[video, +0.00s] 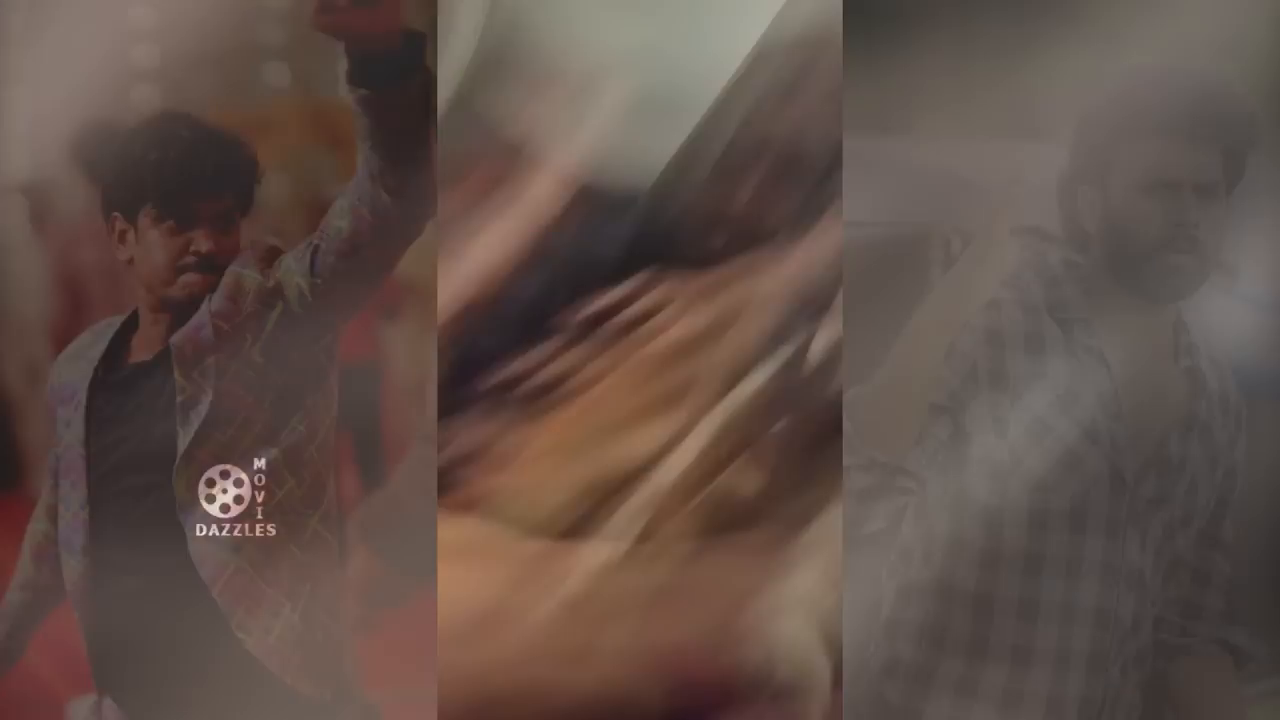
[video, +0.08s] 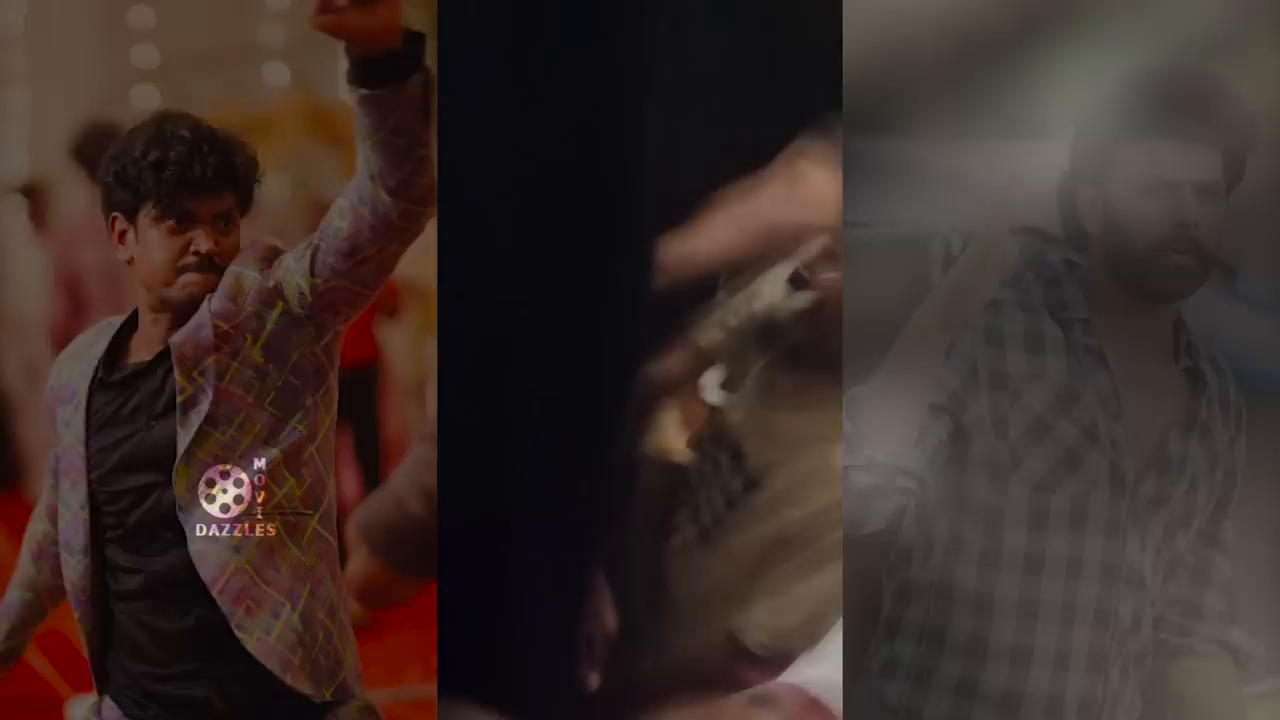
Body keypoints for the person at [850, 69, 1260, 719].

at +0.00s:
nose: (1188, 220)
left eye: (1206, 195)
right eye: (1160, 190)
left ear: (1228, 206)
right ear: (1086, 195)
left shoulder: (1212, 388)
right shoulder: (991, 315)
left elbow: (1193, 628)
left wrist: (1218, 694)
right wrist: (1096, 382)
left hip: (1102, 701)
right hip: (946, 698)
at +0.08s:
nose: (1187, 220)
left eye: (1208, 195)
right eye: (1156, 188)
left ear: (1228, 209)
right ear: (1087, 190)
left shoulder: (1216, 401)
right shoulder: (981, 322)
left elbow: (1196, 628)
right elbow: (862, 503)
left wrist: (1212, 697)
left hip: (1111, 708)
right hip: (943, 702)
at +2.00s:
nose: (1187, 218)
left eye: (1207, 194)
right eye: (1157, 190)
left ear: (1227, 209)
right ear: (1092, 208)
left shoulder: (1219, 398)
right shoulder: (984, 329)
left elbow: (1193, 614)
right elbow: (852, 506)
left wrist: (1224, 711)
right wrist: (931, 326)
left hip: (1105, 709)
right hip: (936, 702)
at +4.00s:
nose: (1187, 217)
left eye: (1207, 194)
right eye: (1157, 190)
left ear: (1227, 208)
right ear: (1092, 207)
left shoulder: (1219, 398)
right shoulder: (984, 329)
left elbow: (1193, 617)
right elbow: (850, 509)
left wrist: (1226, 711)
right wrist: (931, 327)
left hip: (1105, 709)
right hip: (935, 702)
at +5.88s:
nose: (1187, 217)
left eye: (1207, 194)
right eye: (1157, 190)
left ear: (1227, 209)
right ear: (1092, 207)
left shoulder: (1219, 398)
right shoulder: (983, 329)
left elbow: (1193, 615)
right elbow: (852, 507)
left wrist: (1224, 711)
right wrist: (931, 327)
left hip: (1106, 709)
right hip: (935, 702)